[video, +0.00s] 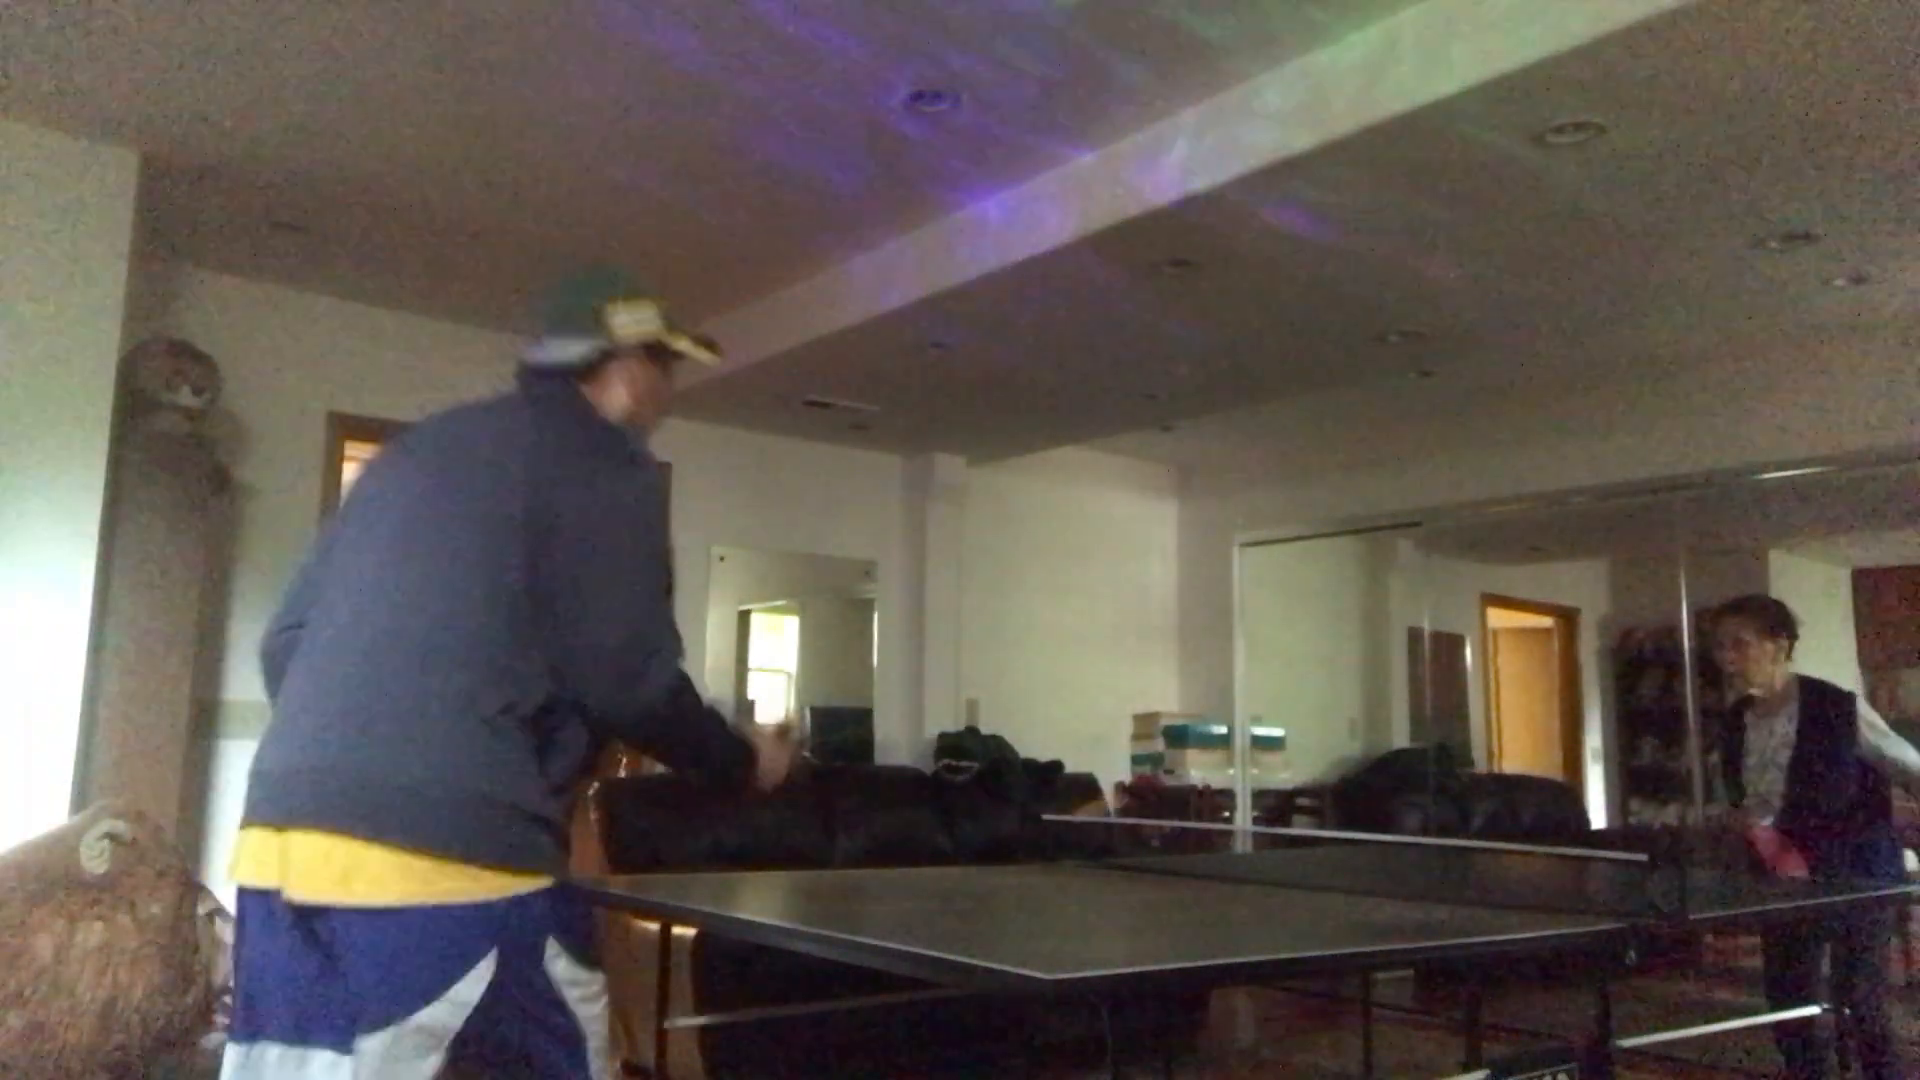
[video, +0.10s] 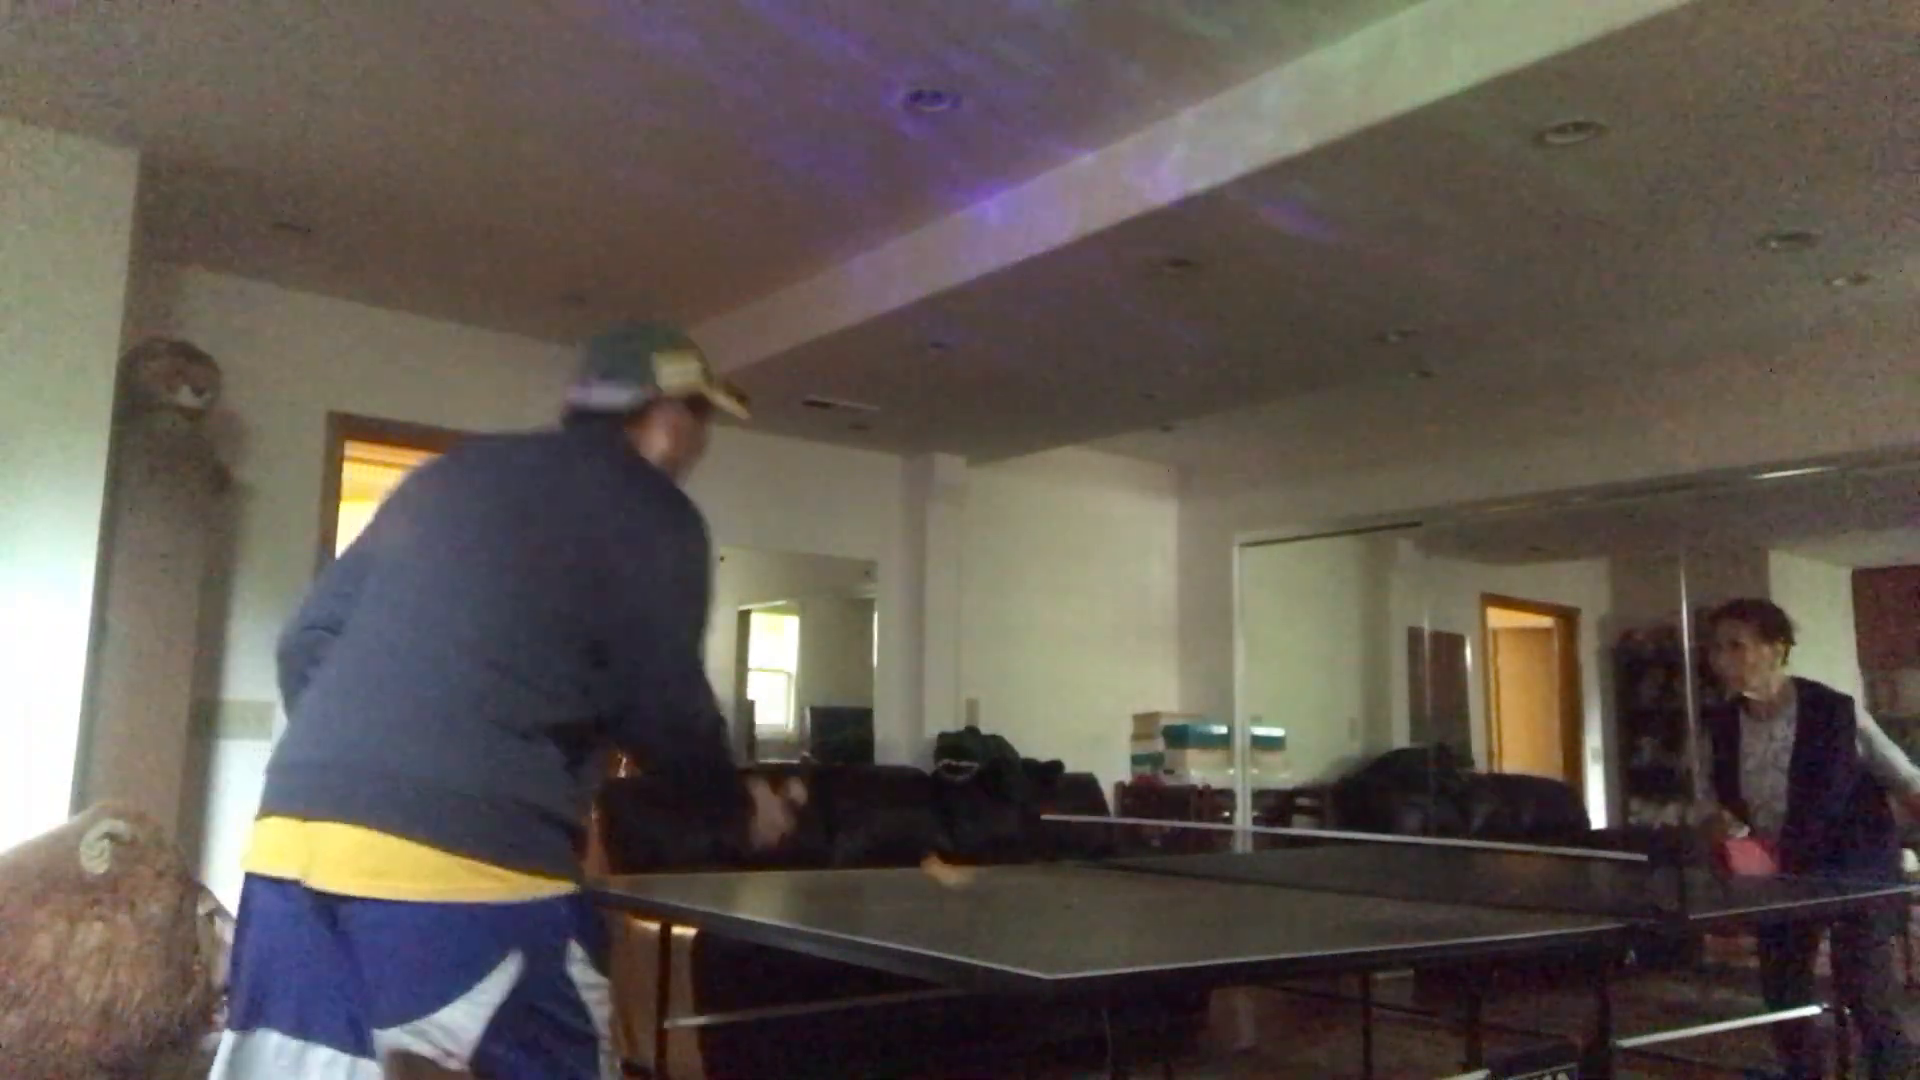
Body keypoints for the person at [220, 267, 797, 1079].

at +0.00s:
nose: (668, 396)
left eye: (670, 374)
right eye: (664, 371)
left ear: (546, 359)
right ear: (624, 366)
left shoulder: (413, 447)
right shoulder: (607, 465)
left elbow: (288, 635)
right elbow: (625, 681)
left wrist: (359, 767)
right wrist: (744, 759)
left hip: (280, 855)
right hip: (452, 865)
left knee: (283, 1065)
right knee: (564, 1059)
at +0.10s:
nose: (700, 446)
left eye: (704, 425)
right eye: (697, 422)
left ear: (584, 404)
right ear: (659, 418)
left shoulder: (448, 470)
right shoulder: (657, 515)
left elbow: (306, 637)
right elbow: (663, 706)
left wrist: (349, 775)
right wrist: (740, 803)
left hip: (291, 855)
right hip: (473, 872)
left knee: (283, 1068)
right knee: (561, 1066)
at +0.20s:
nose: (734, 490)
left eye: (738, 468)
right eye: (735, 467)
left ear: (622, 443)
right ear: (705, 460)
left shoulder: (486, 487)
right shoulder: (705, 567)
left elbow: (326, 633)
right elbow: (713, 769)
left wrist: (342, 784)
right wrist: (762, 829)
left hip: (328, 864)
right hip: (515, 894)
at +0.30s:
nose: (761, 509)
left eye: (766, 491)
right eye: (763, 489)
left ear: (661, 456)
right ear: (736, 482)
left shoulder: (529, 478)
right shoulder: (741, 574)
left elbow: (368, 556)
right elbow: (725, 758)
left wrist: (285, 714)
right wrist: (789, 780)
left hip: (389, 845)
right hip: (566, 878)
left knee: (300, 1068)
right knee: (605, 1065)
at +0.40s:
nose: (791, 499)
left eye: (796, 479)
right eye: (792, 478)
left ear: (689, 445)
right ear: (764, 470)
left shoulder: (583, 449)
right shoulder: (767, 563)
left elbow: (456, 443)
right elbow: (725, 704)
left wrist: (305, 588)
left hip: (425, 795)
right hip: (594, 830)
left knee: (370, 1064)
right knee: (625, 1064)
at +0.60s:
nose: (802, 452)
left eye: (806, 434)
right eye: (802, 433)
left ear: (695, 404)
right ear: (770, 428)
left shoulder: (579, 439)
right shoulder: (786, 522)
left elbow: (447, 530)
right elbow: (736, 663)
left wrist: (328, 660)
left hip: (454, 793)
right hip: (613, 832)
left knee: (423, 1052)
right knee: (625, 1065)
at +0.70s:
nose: (781, 437)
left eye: (783, 419)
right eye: (779, 418)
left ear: (671, 404)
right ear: (746, 418)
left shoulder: (545, 459)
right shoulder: (763, 514)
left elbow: (425, 600)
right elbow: (757, 690)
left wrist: (356, 747)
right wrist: (684, 713)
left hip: (458, 799)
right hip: (615, 827)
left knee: (420, 1055)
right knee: (620, 1062)